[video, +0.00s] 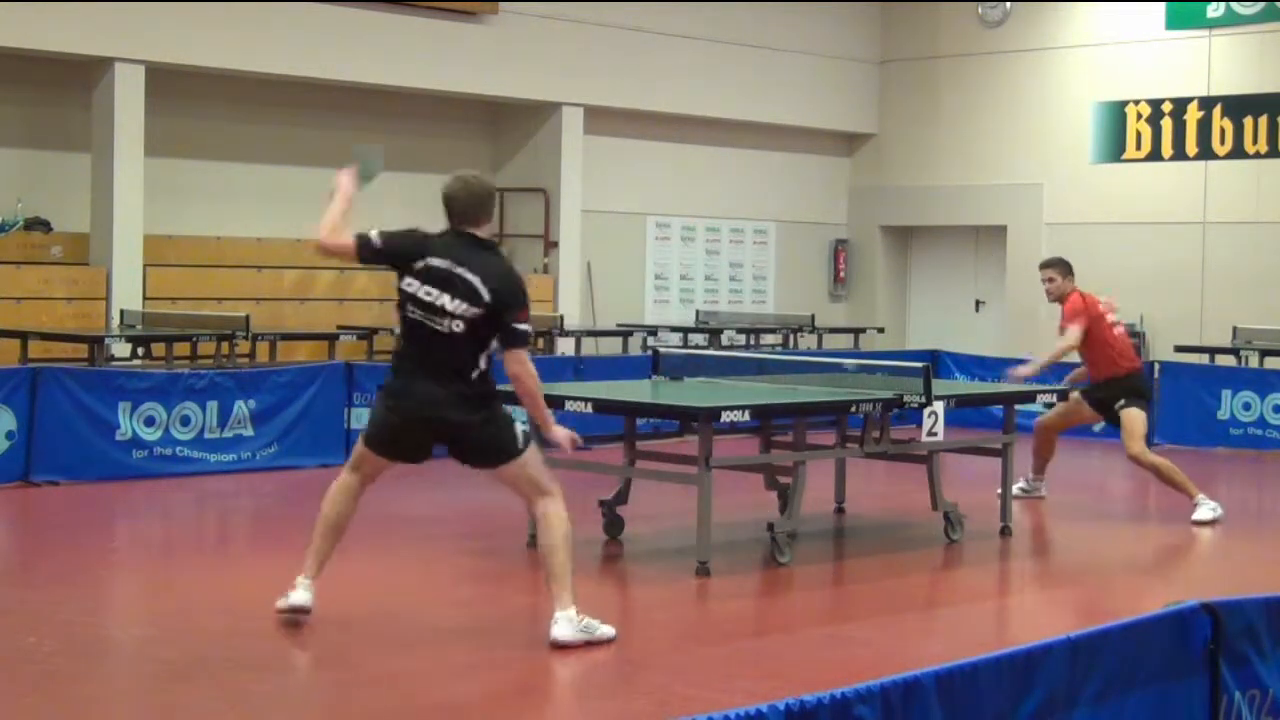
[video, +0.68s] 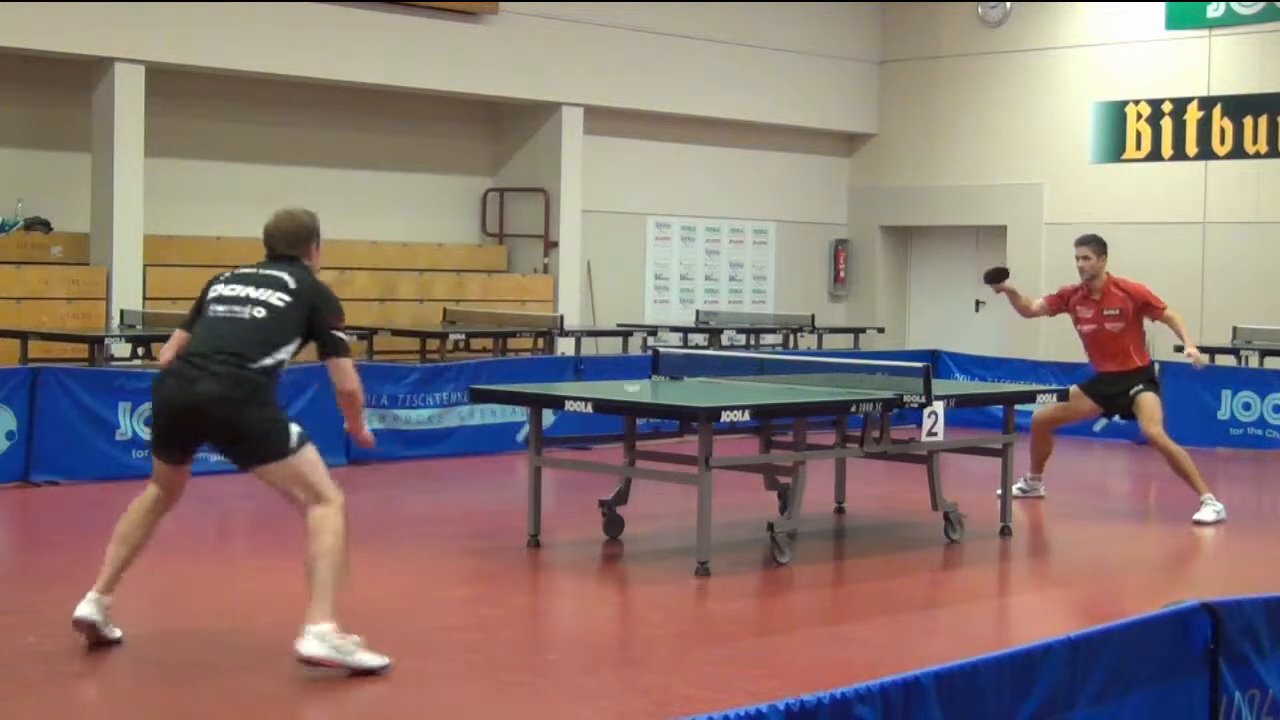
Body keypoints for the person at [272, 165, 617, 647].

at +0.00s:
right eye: (493, 209)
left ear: (448, 212)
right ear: (494, 214)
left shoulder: (417, 246)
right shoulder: (505, 279)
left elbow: (330, 242)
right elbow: (518, 366)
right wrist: (549, 425)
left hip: (405, 398)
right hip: (469, 408)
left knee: (355, 476)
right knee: (545, 494)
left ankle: (304, 584)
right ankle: (566, 615)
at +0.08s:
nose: (468, 221)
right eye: (467, 215)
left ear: (420, 217)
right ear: (464, 219)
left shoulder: (391, 259)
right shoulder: (478, 279)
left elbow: (301, 267)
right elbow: (502, 363)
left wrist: (319, 236)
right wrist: (538, 411)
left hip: (385, 409)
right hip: (450, 413)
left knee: (344, 488)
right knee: (535, 494)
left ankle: (293, 590)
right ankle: (567, 615)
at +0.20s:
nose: (420, 221)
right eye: (418, 215)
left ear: (371, 219)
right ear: (414, 219)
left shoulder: (339, 264)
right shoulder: (428, 272)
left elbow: (269, 294)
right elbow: (471, 349)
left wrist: (267, 294)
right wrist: (516, 386)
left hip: (342, 405)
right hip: (407, 407)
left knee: (314, 491)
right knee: (486, 500)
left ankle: (287, 606)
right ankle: (556, 612)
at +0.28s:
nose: (400, 209)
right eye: (398, 204)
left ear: (348, 211)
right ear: (392, 209)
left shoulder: (316, 253)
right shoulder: (408, 260)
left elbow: (249, 304)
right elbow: (461, 336)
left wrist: (284, 323)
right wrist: (500, 378)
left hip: (308, 390)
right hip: (370, 390)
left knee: (292, 482)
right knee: (455, 491)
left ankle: (282, 605)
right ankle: (505, 606)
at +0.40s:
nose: (373, 208)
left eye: (368, 202)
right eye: (370, 203)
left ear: (319, 209)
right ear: (364, 207)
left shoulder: (286, 248)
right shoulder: (383, 255)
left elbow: (225, 320)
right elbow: (438, 333)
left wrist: (250, 352)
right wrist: (462, 381)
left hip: (274, 373)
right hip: (340, 378)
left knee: (244, 468)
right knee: (410, 487)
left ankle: (216, 588)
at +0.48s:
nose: (352, 223)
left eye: (348, 216)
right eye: (350, 217)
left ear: (299, 224)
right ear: (343, 222)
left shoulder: (265, 263)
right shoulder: (363, 270)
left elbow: (210, 340)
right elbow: (413, 352)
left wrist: (235, 369)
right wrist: (428, 401)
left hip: (250, 391)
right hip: (315, 399)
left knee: (217, 487)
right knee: (374, 514)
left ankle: (141, 587)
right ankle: (345, 638)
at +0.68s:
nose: (321, 256)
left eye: (318, 249)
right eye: (321, 249)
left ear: (268, 250)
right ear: (313, 251)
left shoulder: (224, 280)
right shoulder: (316, 293)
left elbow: (168, 355)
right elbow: (347, 387)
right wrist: (358, 429)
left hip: (175, 388)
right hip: (240, 396)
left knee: (161, 489)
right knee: (324, 500)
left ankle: (95, 600)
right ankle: (321, 628)